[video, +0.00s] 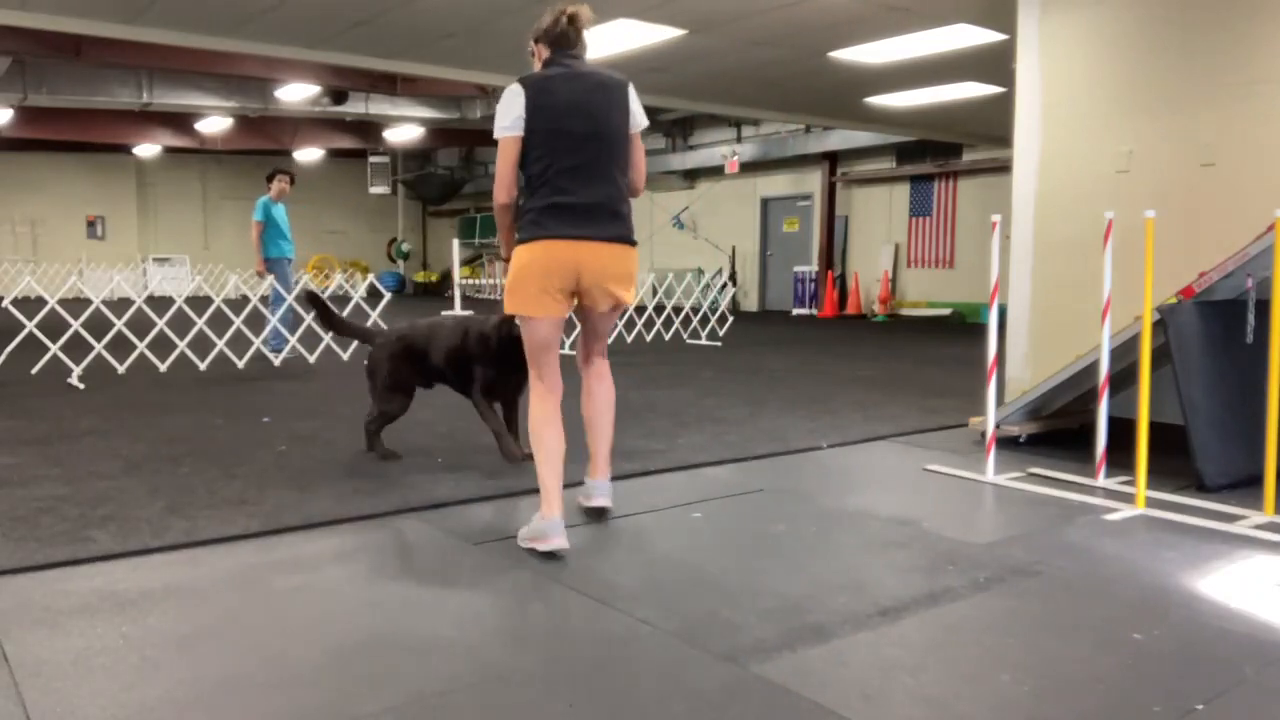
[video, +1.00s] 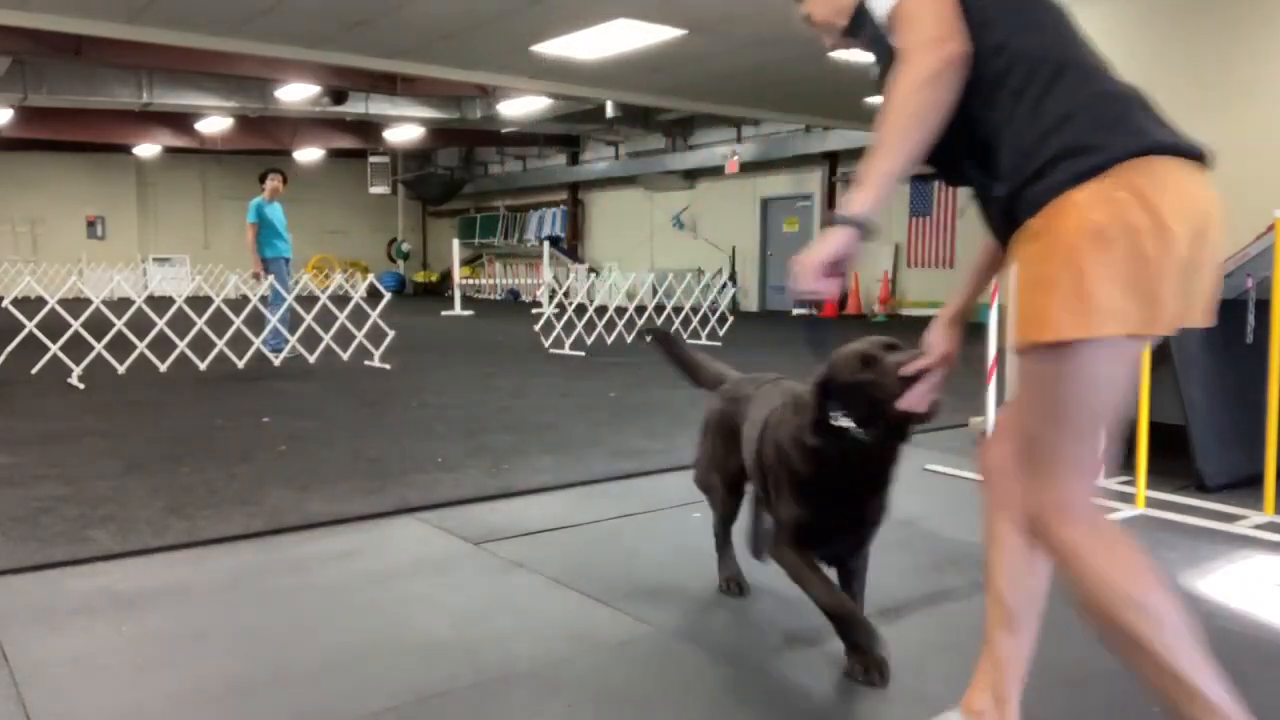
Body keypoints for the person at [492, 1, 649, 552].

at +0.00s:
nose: (531, 59)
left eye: (530, 53)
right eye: (533, 54)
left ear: (540, 51)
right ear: (584, 49)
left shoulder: (520, 94)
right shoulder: (621, 90)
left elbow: (504, 194)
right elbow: (637, 181)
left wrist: (507, 245)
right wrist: (601, 192)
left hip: (542, 250)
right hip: (611, 250)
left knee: (544, 382)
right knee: (595, 360)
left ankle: (550, 518)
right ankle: (599, 482)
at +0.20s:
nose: (552, 17)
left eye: (552, 11)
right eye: (554, 12)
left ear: (565, 9)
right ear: (616, 9)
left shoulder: (555, 53)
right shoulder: (665, 58)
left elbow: (540, 173)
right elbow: (688, 159)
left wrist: (535, 244)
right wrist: (638, 190)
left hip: (590, 227)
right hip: (670, 226)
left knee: (561, 374)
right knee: (627, 384)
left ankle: (547, 517)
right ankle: (666, 515)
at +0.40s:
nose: (595, 10)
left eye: (595, 5)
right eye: (596, 6)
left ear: (608, 4)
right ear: (662, 1)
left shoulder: (593, 44)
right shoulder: (722, 49)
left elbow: (573, 178)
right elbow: (744, 155)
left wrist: (557, 250)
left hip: (651, 227)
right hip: (740, 225)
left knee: (623, 399)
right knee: (681, 393)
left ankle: (647, 544)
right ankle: (679, 576)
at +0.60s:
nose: (641, 14)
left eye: (642, 11)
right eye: (642, 12)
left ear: (658, 2)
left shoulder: (664, 25)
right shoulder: (783, 37)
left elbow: (622, 182)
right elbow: (802, 152)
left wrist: (581, 280)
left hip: (734, 237)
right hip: (835, 234)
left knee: (686, 441)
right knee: (764, 420)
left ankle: (692, 656)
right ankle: (833, 592)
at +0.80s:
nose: (726, 17)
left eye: (729, 8)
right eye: (725, 14)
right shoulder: (865, 23)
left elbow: (743, 137)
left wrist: (656, 265)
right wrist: (821, 302)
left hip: (910, 220)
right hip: (996, 223)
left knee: (759, 427)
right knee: (884, 475)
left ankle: (746, 678)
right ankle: (968, 704)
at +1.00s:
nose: (804, 13)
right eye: (799, 8)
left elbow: (938, 52)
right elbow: (1025, 190)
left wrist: (850, 219)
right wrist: (952, 314)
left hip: (1106, 197)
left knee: (1059, 506)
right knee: (1008, 461)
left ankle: (1222, 709)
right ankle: (993, 703)